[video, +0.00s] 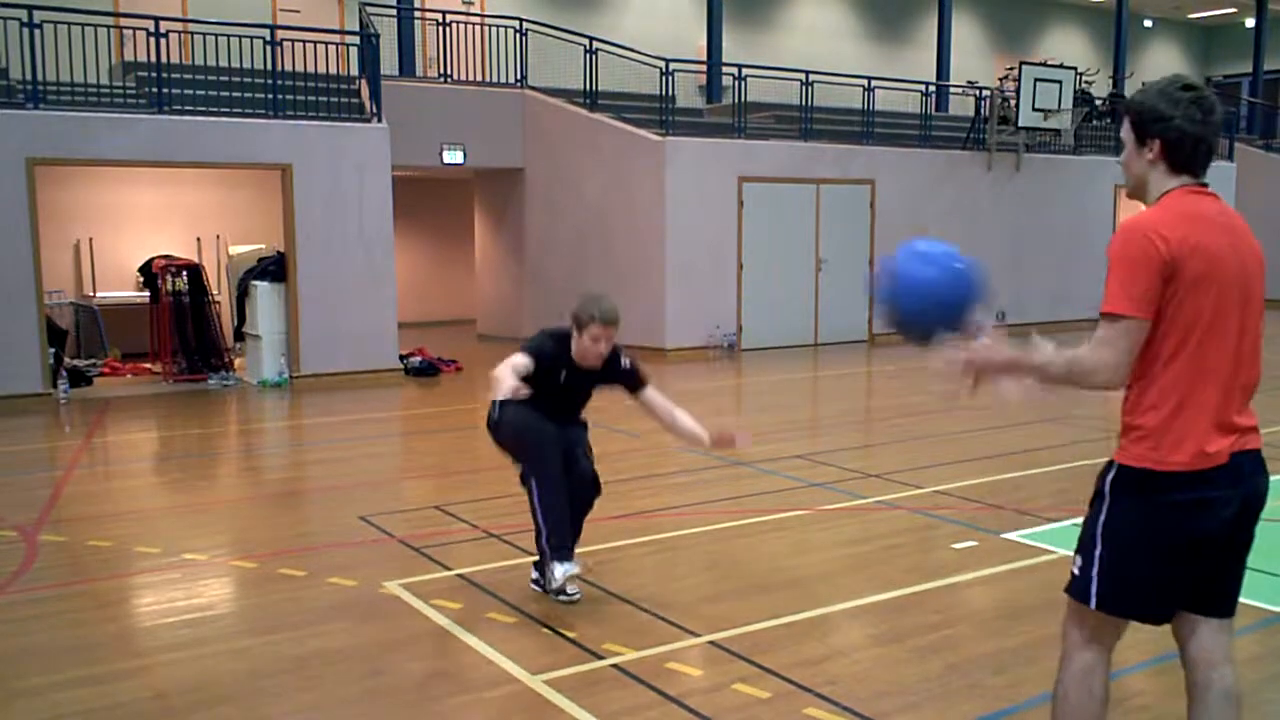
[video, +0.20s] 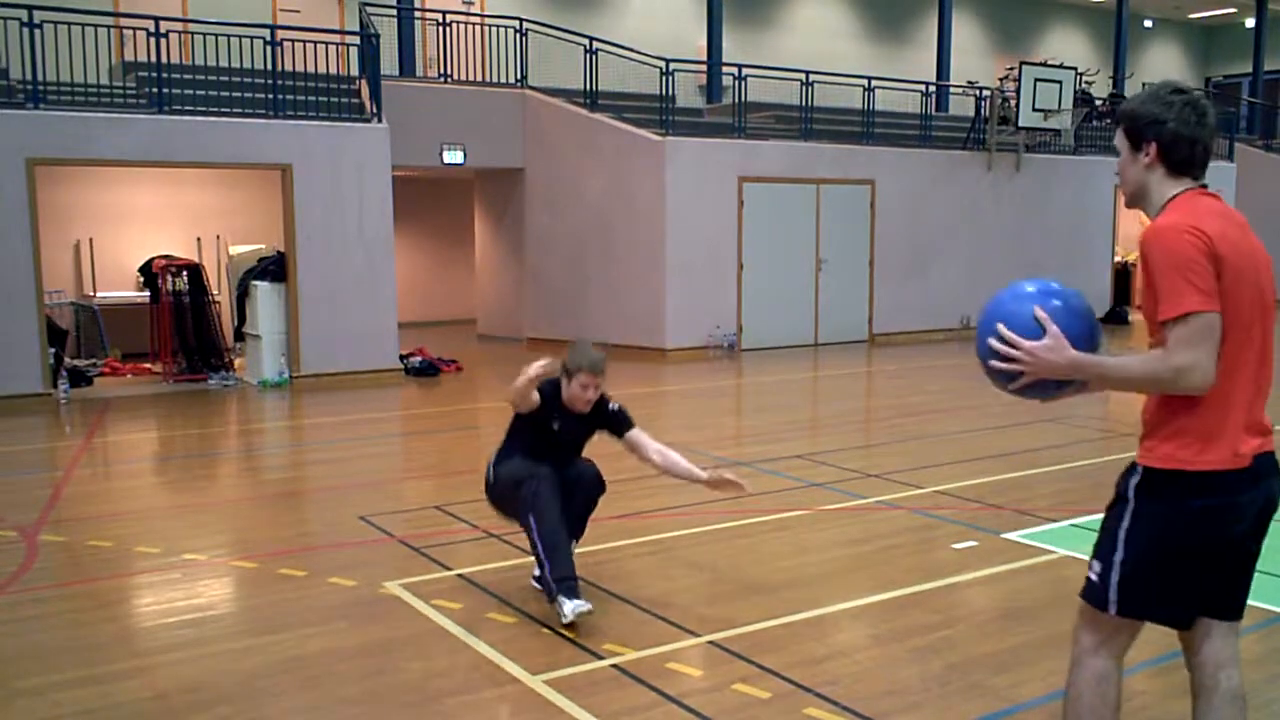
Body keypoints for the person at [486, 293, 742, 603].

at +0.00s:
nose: (602, 349)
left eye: (608, 341)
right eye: (594, 340)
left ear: (615, 338)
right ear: (576, 333)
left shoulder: (615, 362)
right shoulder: (549, 346)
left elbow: (665, 409)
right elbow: (504, 371)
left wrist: (707, 439)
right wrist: (508, 386)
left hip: (566, 426)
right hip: (521, 417)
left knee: (584, 485)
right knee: (545, 457)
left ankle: (547, 568)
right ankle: (557, 560)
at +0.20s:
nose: (590, 396)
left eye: (596, 389)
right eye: (584, 387)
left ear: (602, 385)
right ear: (565, 379)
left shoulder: (604, 411)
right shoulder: (544, 396)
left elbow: (653, 451)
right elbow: (519, 400)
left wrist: (702, 477)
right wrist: (527, 379)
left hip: (558, 477)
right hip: (510, 476)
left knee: (589, 478)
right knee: (541, 480)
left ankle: (548, 568)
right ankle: (565, 594)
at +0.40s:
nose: (563, 408)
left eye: (567, 400)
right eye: (555, 400)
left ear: (572, 403)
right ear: (537, 402)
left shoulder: (572, 435)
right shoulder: (513, 428)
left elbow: (627, 454)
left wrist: (640, 426)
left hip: (554, 531)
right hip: (510, 537)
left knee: (590, 471)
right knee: (538, 508)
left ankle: (551, 573)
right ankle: (580, 585)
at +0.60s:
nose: (508, 430)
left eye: (509, 424)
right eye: (501, 425)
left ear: (512, 425)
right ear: (482, 431)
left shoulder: (528, 458)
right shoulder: (470, 473)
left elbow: (596, 460)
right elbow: (478, 492)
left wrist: (591, 407)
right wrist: (494, 435)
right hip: (518, 553)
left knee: (592, 462)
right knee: (520, 469)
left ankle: (572, 559)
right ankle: (579, 517)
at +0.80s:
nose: (481, 469)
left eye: (482, 466)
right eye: (472, 468)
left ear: (493, 468)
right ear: (459, 485)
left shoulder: (516, 492)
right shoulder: (462, 513)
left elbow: (535, 451)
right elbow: (436, 480)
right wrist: (423, 446)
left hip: (551, 536)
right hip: (502, 537)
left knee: (553, 445)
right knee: (492, 441)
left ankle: (589, 434)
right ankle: (536, 383)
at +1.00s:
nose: (464, 475)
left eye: (465, 472)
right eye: (456, 476)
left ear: (477, 474)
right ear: (447, 493)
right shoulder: (450, 515)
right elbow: (411, 469)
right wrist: (403, 500)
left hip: (550, 504)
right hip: (501, 510)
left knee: (514, 437)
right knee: (473, 444)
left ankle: (516, 352)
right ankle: (477, 356)